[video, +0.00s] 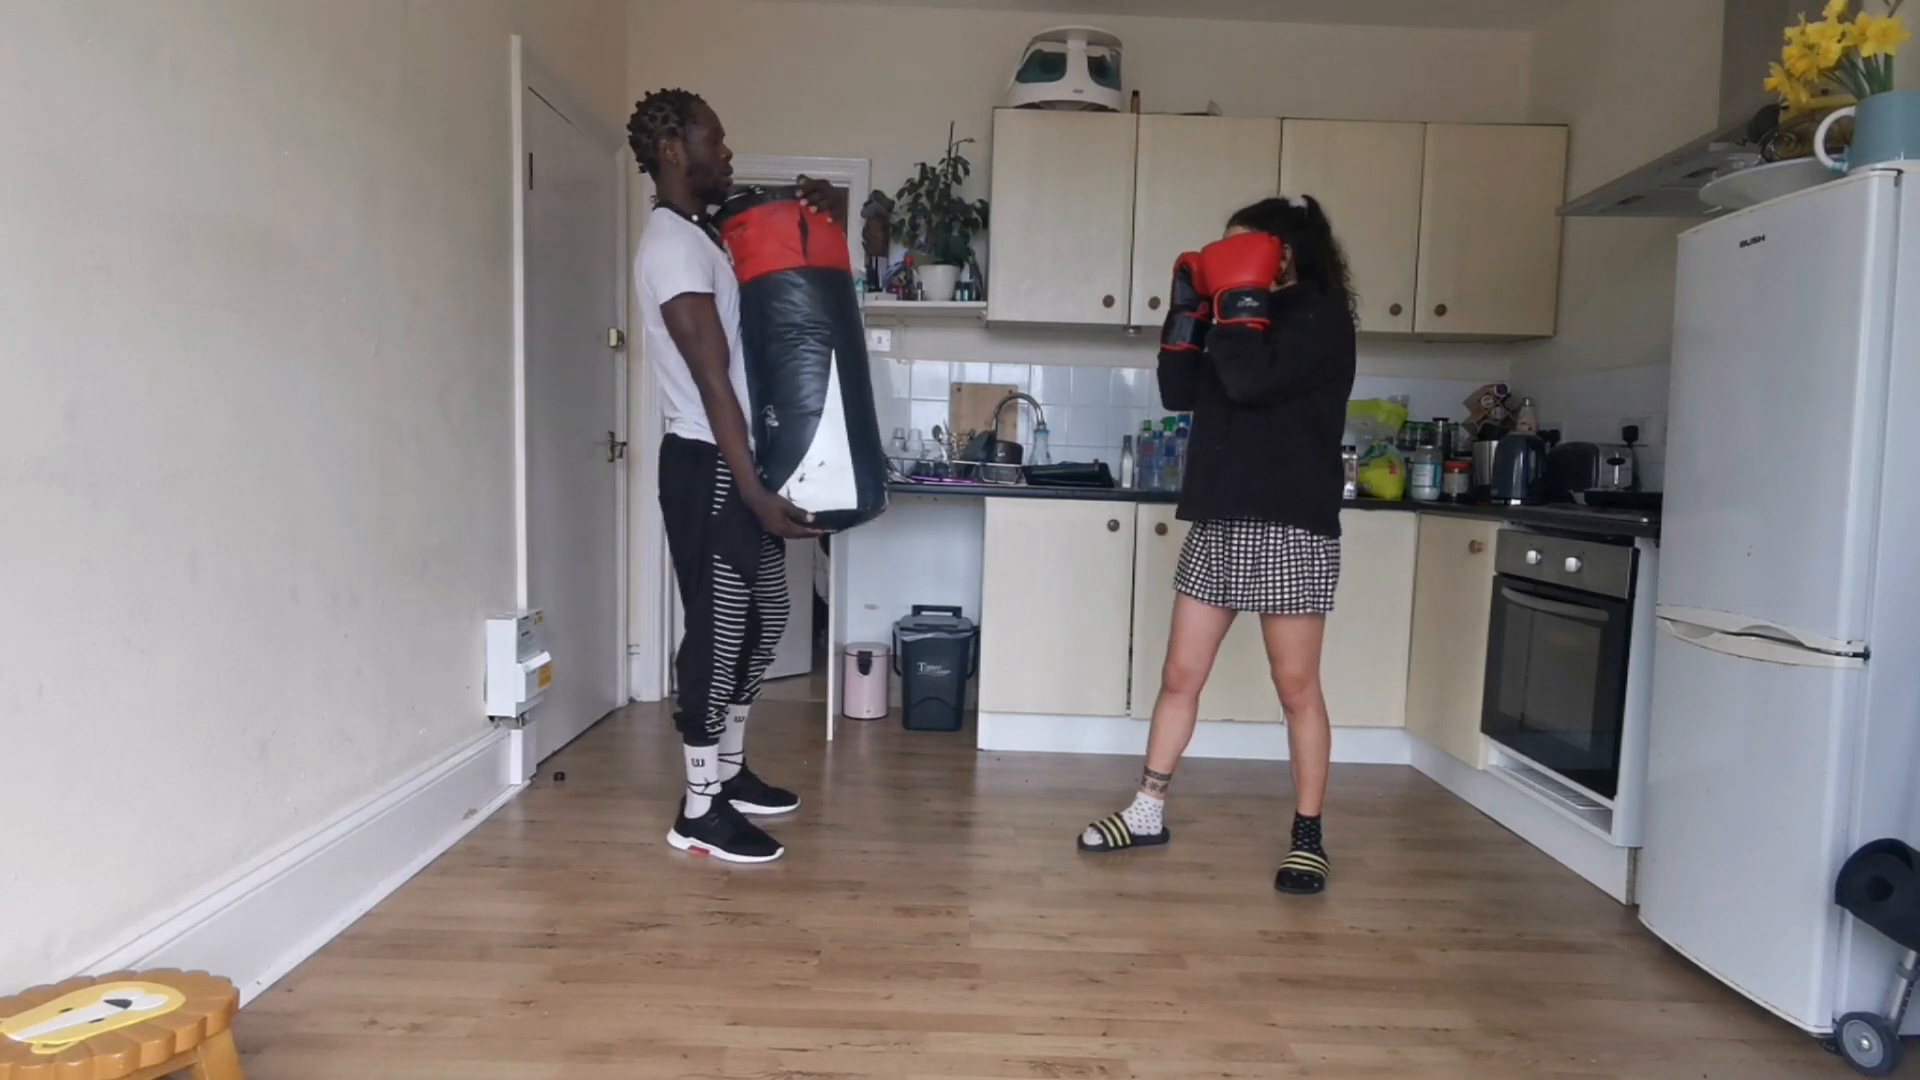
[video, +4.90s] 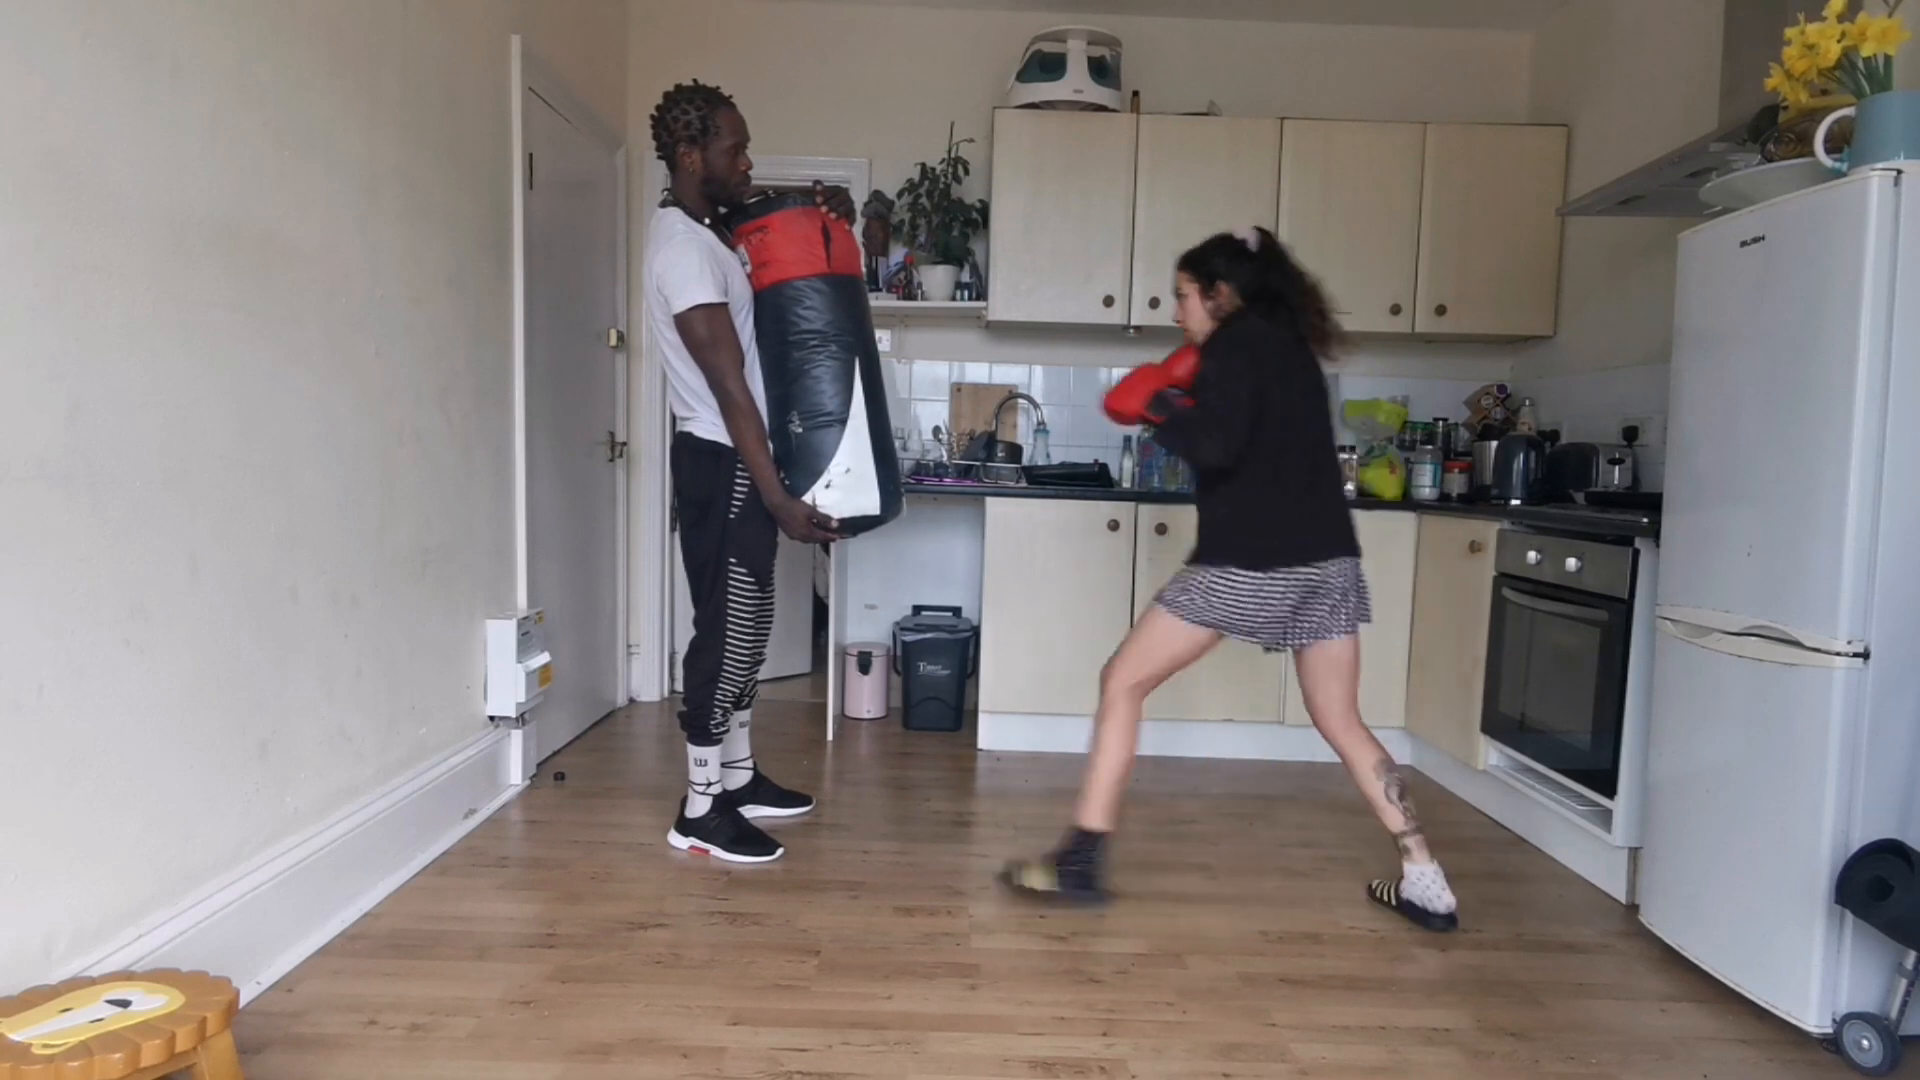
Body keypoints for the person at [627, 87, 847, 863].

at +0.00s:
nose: (727, 151)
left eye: (723, 137)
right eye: (713, 138)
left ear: (679, 150)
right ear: (670, 148)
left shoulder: (705, 234)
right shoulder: (671, 240)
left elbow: (777, 310)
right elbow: (710, 374)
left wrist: (819, 222)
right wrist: (754, 485)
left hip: (742, 452)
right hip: (705, 457)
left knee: (765, 614)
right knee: (718, 622)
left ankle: (724, 769)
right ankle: (699, 808)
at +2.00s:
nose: (749, 166)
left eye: (748, 151)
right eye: (736, 152)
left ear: (701, 161)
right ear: (689, 160)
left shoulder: (720, 242)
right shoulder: (683, 245)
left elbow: (789, 319)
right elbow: (723, 378)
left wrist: (831, 233)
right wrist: (770, 486)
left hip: (744, 453)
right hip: (716, 456)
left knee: (745, 622)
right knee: (728, 625)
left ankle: (730, 775)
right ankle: (702, 804)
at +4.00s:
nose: (745, 166)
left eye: (744, 152)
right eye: (732, 152)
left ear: (698, 162)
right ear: (685, 160)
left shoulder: (717, 242)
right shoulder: (679, 244)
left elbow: (775, 337)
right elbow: (717, 376)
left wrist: (829, 241)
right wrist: (763, 487)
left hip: (743, 449)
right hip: (712, 454)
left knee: (746, 622)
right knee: (723, 625)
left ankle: (736, 778)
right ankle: (701, 805)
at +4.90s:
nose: (748, 161)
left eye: (747, 147)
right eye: (737, 147)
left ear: (696, 155)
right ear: (690, 153)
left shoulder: (711, 236)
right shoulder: (680, 244)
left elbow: (785, 314)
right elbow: (727, 381)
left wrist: (827, 227)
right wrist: (777, 493)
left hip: (745, 450)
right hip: (716, 454)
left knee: (749, 622)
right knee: (728, 627)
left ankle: (736, 778)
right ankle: (700, 806)